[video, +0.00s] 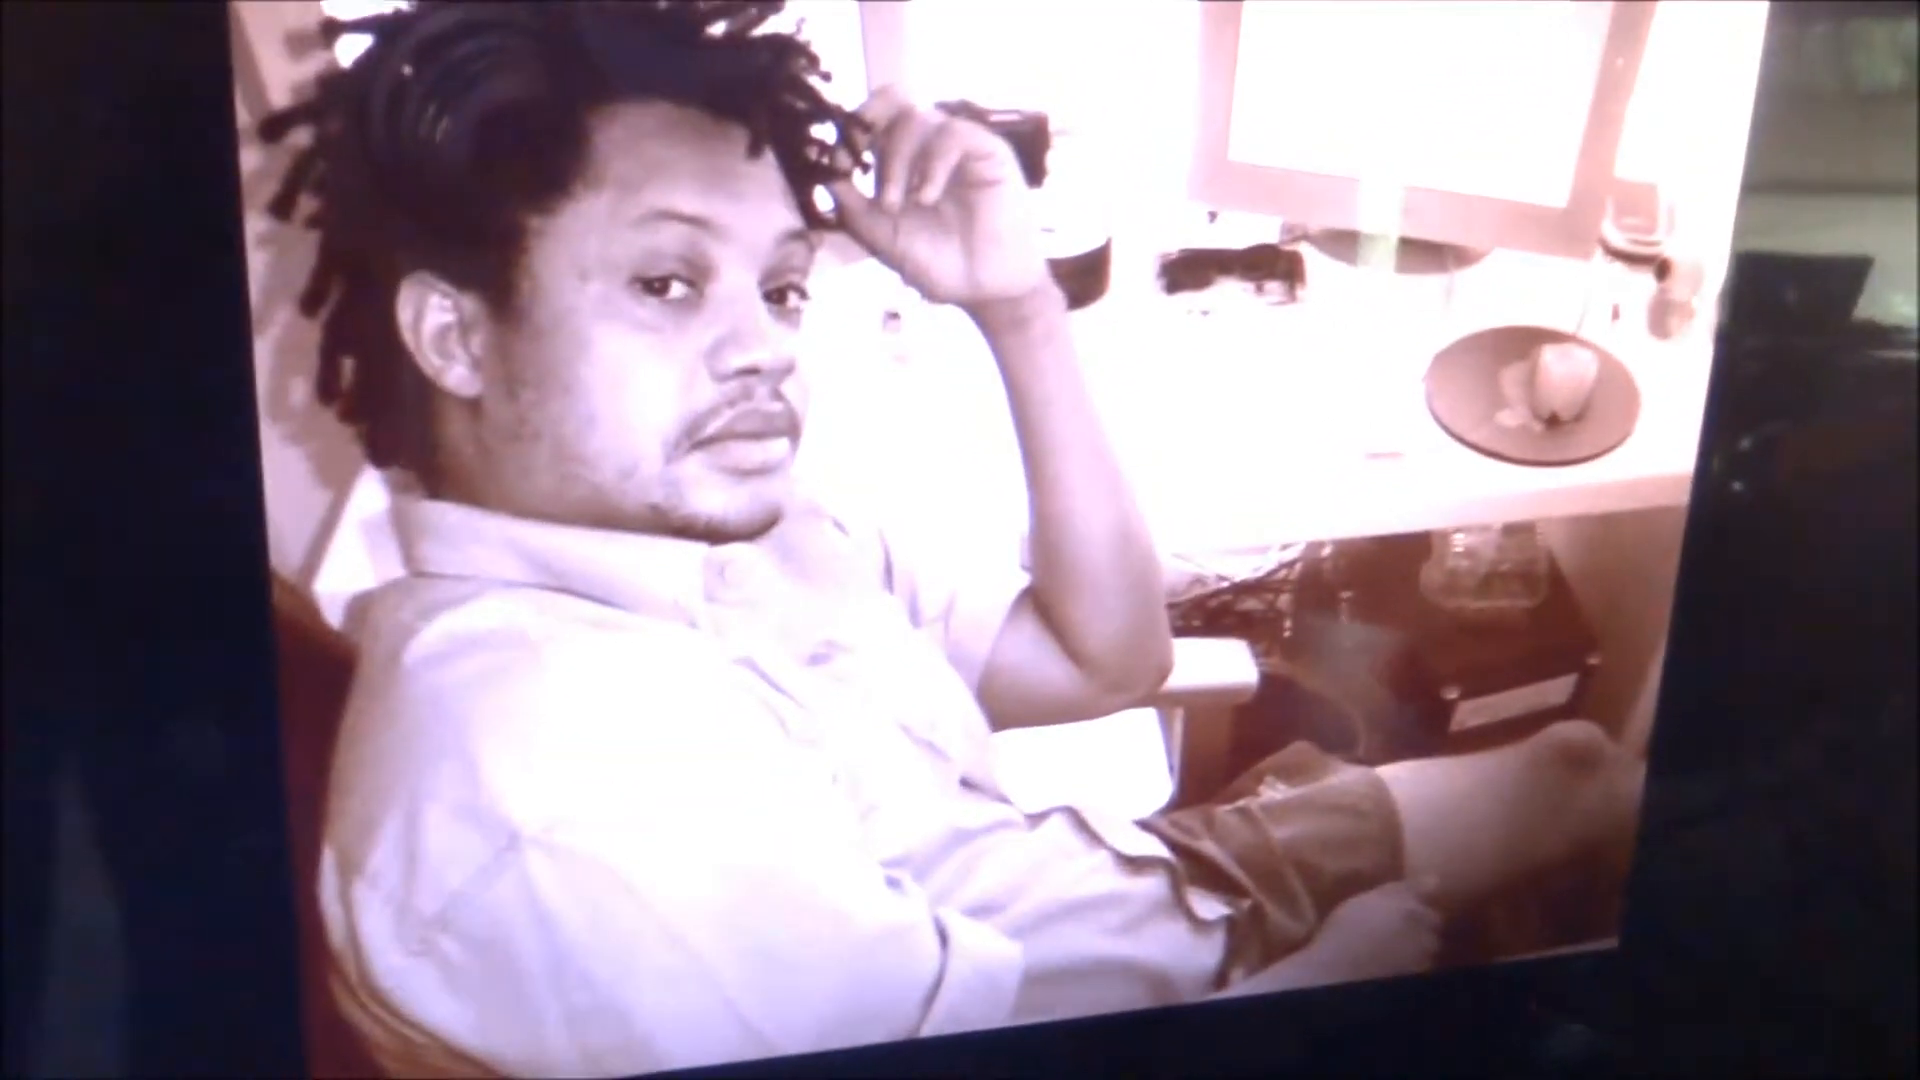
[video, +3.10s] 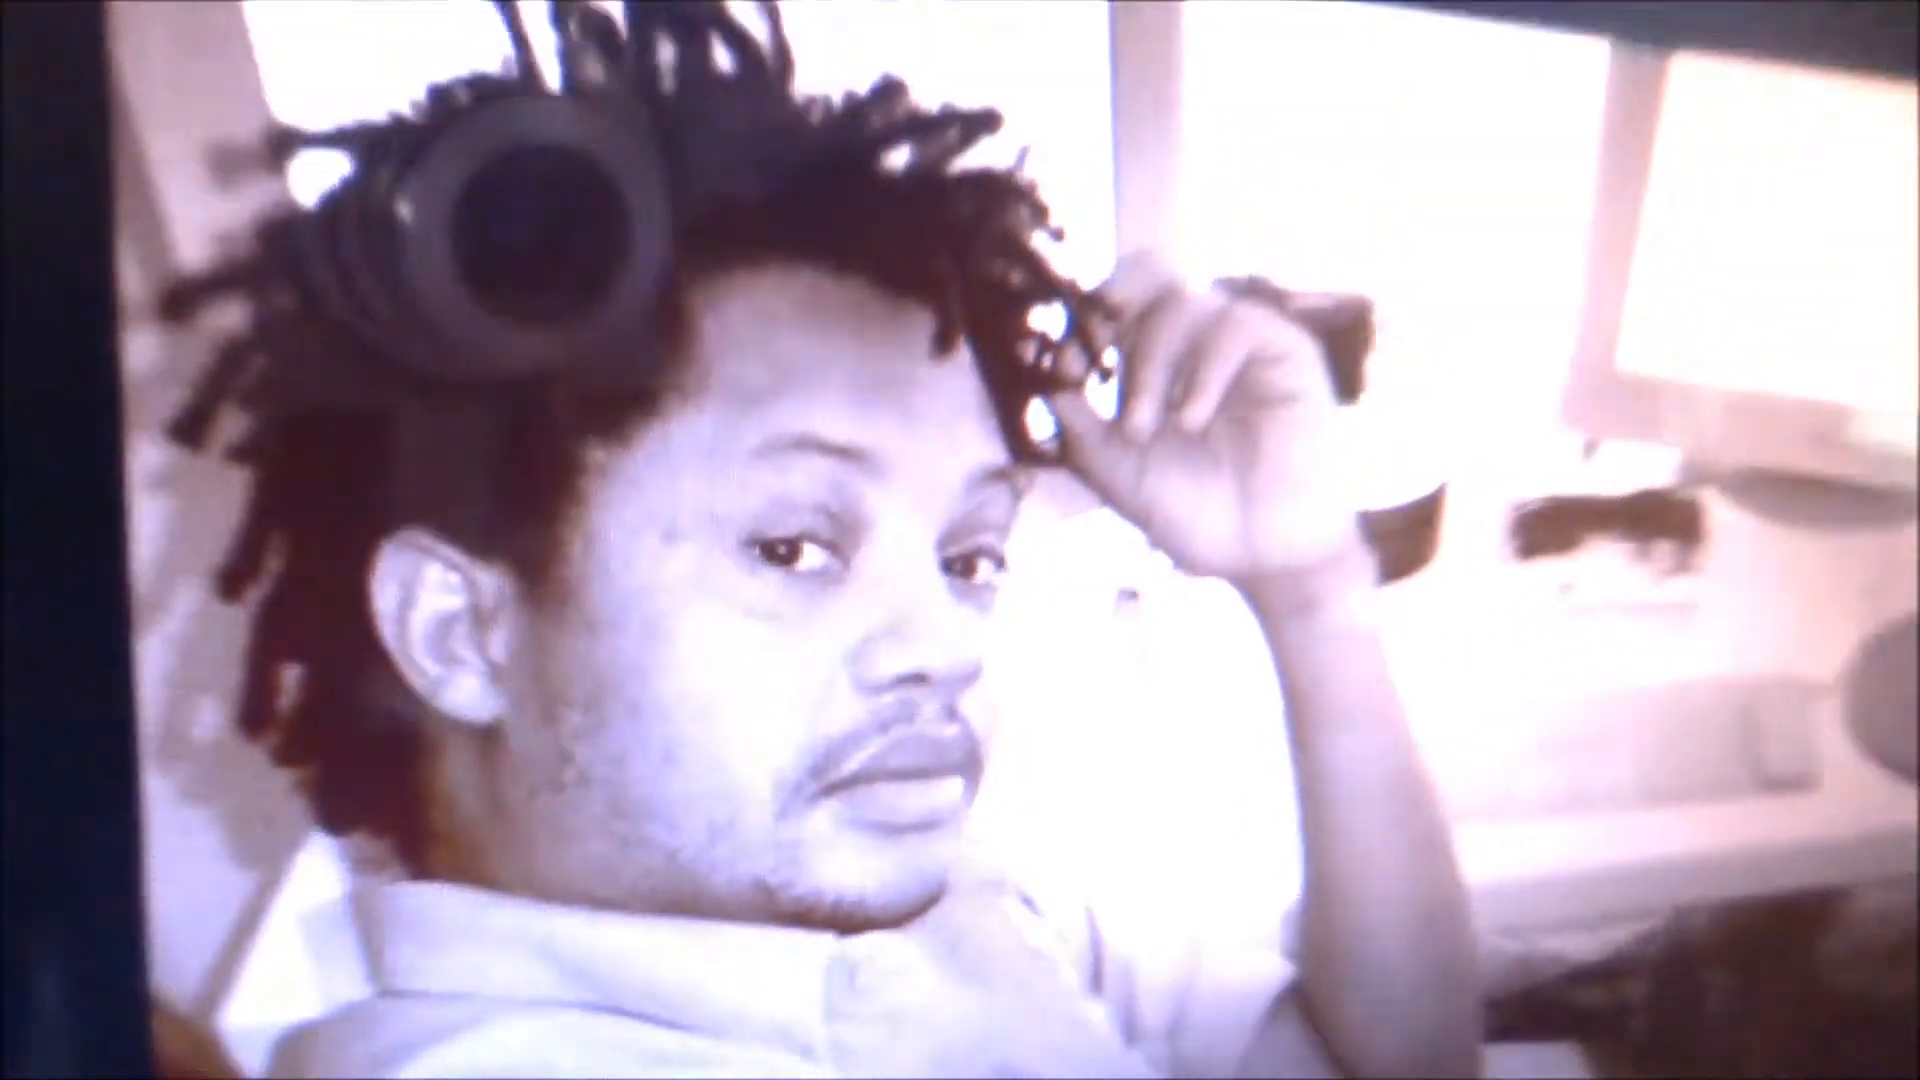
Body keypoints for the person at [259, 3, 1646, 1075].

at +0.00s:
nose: (764, 353)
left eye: (776, 294)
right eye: (665, 286)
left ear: (807, 302)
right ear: (451, 335)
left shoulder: (767, 556)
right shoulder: (500, 741)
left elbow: (1099, 658)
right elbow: (959, 1022)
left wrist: (1016, 306)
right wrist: (1356, 936)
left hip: (1200, 895)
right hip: (1157, 1018)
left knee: (1591, 765)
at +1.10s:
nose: (839, 470)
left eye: (855, 393)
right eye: (724, 386)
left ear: (893, 398)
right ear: (465, 449)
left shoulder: (851, 697)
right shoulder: (531, 903)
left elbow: (1237, 823)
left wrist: (1141, 410)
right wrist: (1514, 1034)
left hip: (1291, 1040)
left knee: (1793, 939)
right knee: (1810, 968)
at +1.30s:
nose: (959, 554)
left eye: (979, 475)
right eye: (825, 461)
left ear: (1014, 487)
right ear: (527, 538)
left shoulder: (989, 826)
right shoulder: (583, 1011)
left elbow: (1396, 962)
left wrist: (1295, 492)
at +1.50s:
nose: (1074, 588)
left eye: (1094, 497)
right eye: (916, 490)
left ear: (1138, 495)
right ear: (577, 574)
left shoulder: (1118, 880)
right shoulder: (632, 1040)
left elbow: (1545, 1041)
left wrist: (1445, 535)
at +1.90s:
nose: (1182, 601)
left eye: (1211, 495)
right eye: (1005, 480)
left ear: (1258, 503)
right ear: (598, 584)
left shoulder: (1250, 963)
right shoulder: (463, 1044)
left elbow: (1692, 1048)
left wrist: (1603, 523)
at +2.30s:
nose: (1095, 591)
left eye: (1125, 478)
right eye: (896, 461)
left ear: (1174, 487)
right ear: (446, 581)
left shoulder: (1182, 1000)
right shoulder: (227, 1042)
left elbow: (1649, 1052)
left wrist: (1549, 512)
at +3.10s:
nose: (939, 655)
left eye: (970, 563)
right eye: (797, 549)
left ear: (1009, 565)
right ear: (455, 631)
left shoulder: (1021, 963)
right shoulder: (392, 1034)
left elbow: (1399, 1054)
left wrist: (1311, 590)